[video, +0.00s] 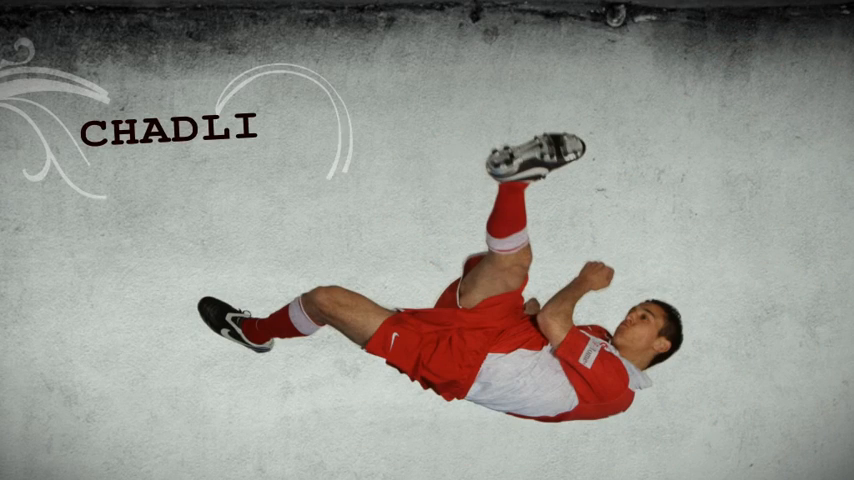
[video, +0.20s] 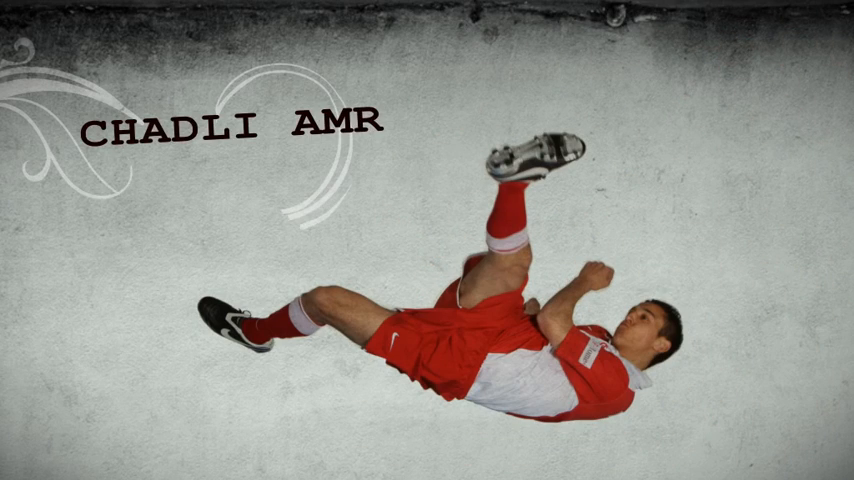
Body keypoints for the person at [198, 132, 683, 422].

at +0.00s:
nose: (633, 317)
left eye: (645, 319)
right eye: (637, 313)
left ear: (658, 347)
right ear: (631, 326)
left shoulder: (616, 386)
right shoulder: (597, 349)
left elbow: (549, 324)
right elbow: (519, 324)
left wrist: (583, 283)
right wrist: (470, 286)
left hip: (451, 360)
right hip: (481, 323)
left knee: (323, 298)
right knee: (509, 257)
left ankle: (256, 333)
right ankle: (512, 176)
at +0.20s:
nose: (633, 317)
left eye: (645, 319)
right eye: (636, 313)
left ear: (658, 347)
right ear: (632, 326)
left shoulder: (616, 386)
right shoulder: (597, 349)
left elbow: (549, 324)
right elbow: (519, 324)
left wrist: (583, 283)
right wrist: (469, 286)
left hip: (452, 360)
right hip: (482, 323)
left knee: (323, 299)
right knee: (509, 257)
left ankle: (256, 333)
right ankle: (512, 176)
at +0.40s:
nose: (633, 317)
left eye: (645, 319)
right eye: (636, 313)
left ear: (658, 347)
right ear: (631, 326)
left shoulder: (616, 386)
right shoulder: (597, 349)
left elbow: (549, 324)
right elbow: (519, 324)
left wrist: (583, 283)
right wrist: (470, 286)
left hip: (452, 360)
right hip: (482, 323)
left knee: (323, 299)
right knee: (509, 257)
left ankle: (256, 333)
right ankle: (512, 176)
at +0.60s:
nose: (633, 317)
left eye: (645, 319)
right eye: (636, 313)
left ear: (658, 347)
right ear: (631, 326)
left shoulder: (616, 386)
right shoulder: (597, 349)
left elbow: (549, 324)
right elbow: (519, 324)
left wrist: (583, 283)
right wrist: (470, 286)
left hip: (452, 360)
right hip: (482, 323)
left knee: (323, 299)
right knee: (509, 257)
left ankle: (256, 333)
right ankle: (512, 176)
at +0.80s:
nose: (633, 317)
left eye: (645, 319)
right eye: (636, 313)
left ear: (658, 347)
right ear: (631, 326)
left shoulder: (616, 386)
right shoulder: (597, 349)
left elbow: (549, 324)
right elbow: (519, 324)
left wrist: (583, 283)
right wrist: (470, 286)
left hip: (452, 360)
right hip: (482, 323)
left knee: (324, 299)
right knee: (509, 257)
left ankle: (256, 333)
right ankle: (512, 176)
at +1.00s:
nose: (633, 317)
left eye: (645, 319)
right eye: (637, 313)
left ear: (658, 347)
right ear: (631, 326)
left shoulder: (616, 386)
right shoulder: (597, 349)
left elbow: (550, 324)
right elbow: (519, 324)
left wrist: (583, 283)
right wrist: (470, 286)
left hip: (452, 360)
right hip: (482, 323)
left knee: (324, 299)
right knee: (509, 257)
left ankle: (256, 333)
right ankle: (513, 176)